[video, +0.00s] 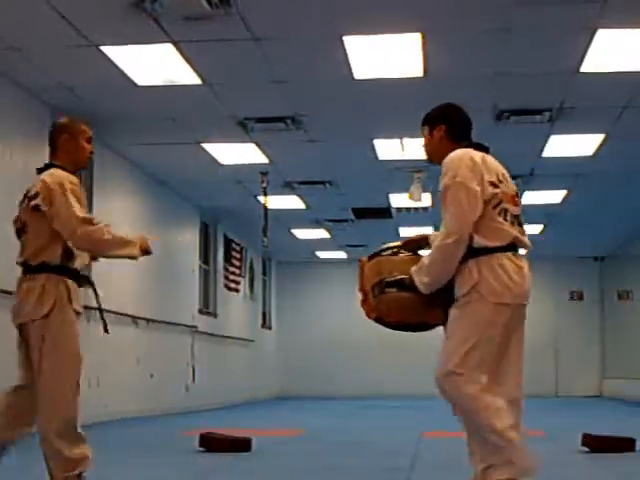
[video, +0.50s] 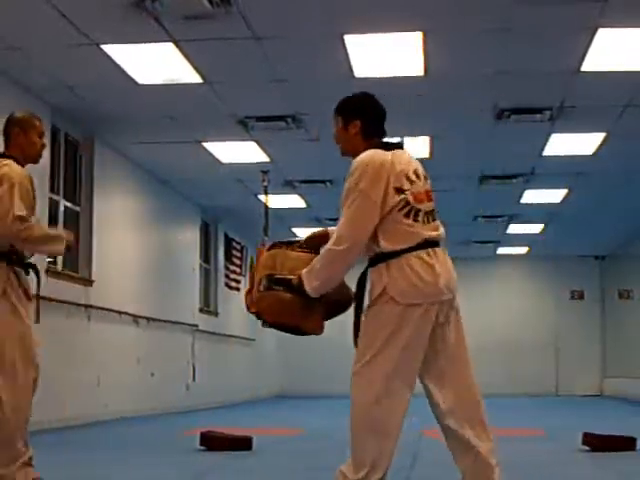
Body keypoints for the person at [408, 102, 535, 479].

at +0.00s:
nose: (424, 144)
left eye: (426, 135)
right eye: (424, 136)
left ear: (441, 132)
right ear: (459, 133)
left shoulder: (459, 161)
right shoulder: (488, 164)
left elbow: (456, 230)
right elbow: (481, 231)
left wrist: (423, 276)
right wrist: (427, 239)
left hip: (488, 276)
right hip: (513, 274)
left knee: (454, 374)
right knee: (501, 381)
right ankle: (495, 469)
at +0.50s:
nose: (335, 137)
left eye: (337, 128)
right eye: (335, 129)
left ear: (356, 127)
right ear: (373, 128)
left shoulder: (370, 164)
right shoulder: (405, 159)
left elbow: (350, 238)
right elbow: (382, 224)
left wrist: (310, 280)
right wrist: (332, 235)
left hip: (401, 280)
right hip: (438, 274)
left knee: (376, 381)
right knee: (451, 384)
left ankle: (364, 472)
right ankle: (482, 471)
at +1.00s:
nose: (314, 146)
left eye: (315, 137)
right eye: (312, 138)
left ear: (335, 133)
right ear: (350, 131)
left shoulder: (355, 171)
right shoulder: (389, 159)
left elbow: (341, 247)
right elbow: (366, 222)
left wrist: (302, 288)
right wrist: (318, 235)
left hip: (394, 282)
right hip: (430, 273)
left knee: (362, 380)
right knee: (447, 380)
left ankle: (363, 471)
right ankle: (500, 467)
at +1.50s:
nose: (418, 147)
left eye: (419, 136)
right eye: (415, 139)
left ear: (438, 127)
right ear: (445, 128)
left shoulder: (469, 154)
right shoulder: (480, 155)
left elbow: (468, 220)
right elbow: (477, 226)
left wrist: (418, 247)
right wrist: (426, 247)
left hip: (498, 270)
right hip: (513, 267)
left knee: (469, 374)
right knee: (511, 375)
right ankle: (525, 466)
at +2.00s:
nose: (505, 160)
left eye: (503, 149)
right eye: (500, 153)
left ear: (521, 136)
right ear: (530, 136)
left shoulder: (559, 167)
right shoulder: (572, 163)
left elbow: (555, 246)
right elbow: (563, 226)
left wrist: (507, 282)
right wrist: (511, 217)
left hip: (593, 281)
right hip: (576, 283)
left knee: (626, 387)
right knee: (549, 389)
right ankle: (528, 474)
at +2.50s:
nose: (504, 144)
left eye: (505, 134)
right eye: (502, 136)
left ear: (525, 126)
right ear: (530, 127)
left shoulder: (563, 163)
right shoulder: (557, 163)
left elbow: (557, 240)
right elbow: (559, 222)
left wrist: (511, 282)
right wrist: (518, 231)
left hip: (586, 279)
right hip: (563, 281)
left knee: (617, 383)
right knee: (532, 376)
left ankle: (638, 462)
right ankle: (504, 472)